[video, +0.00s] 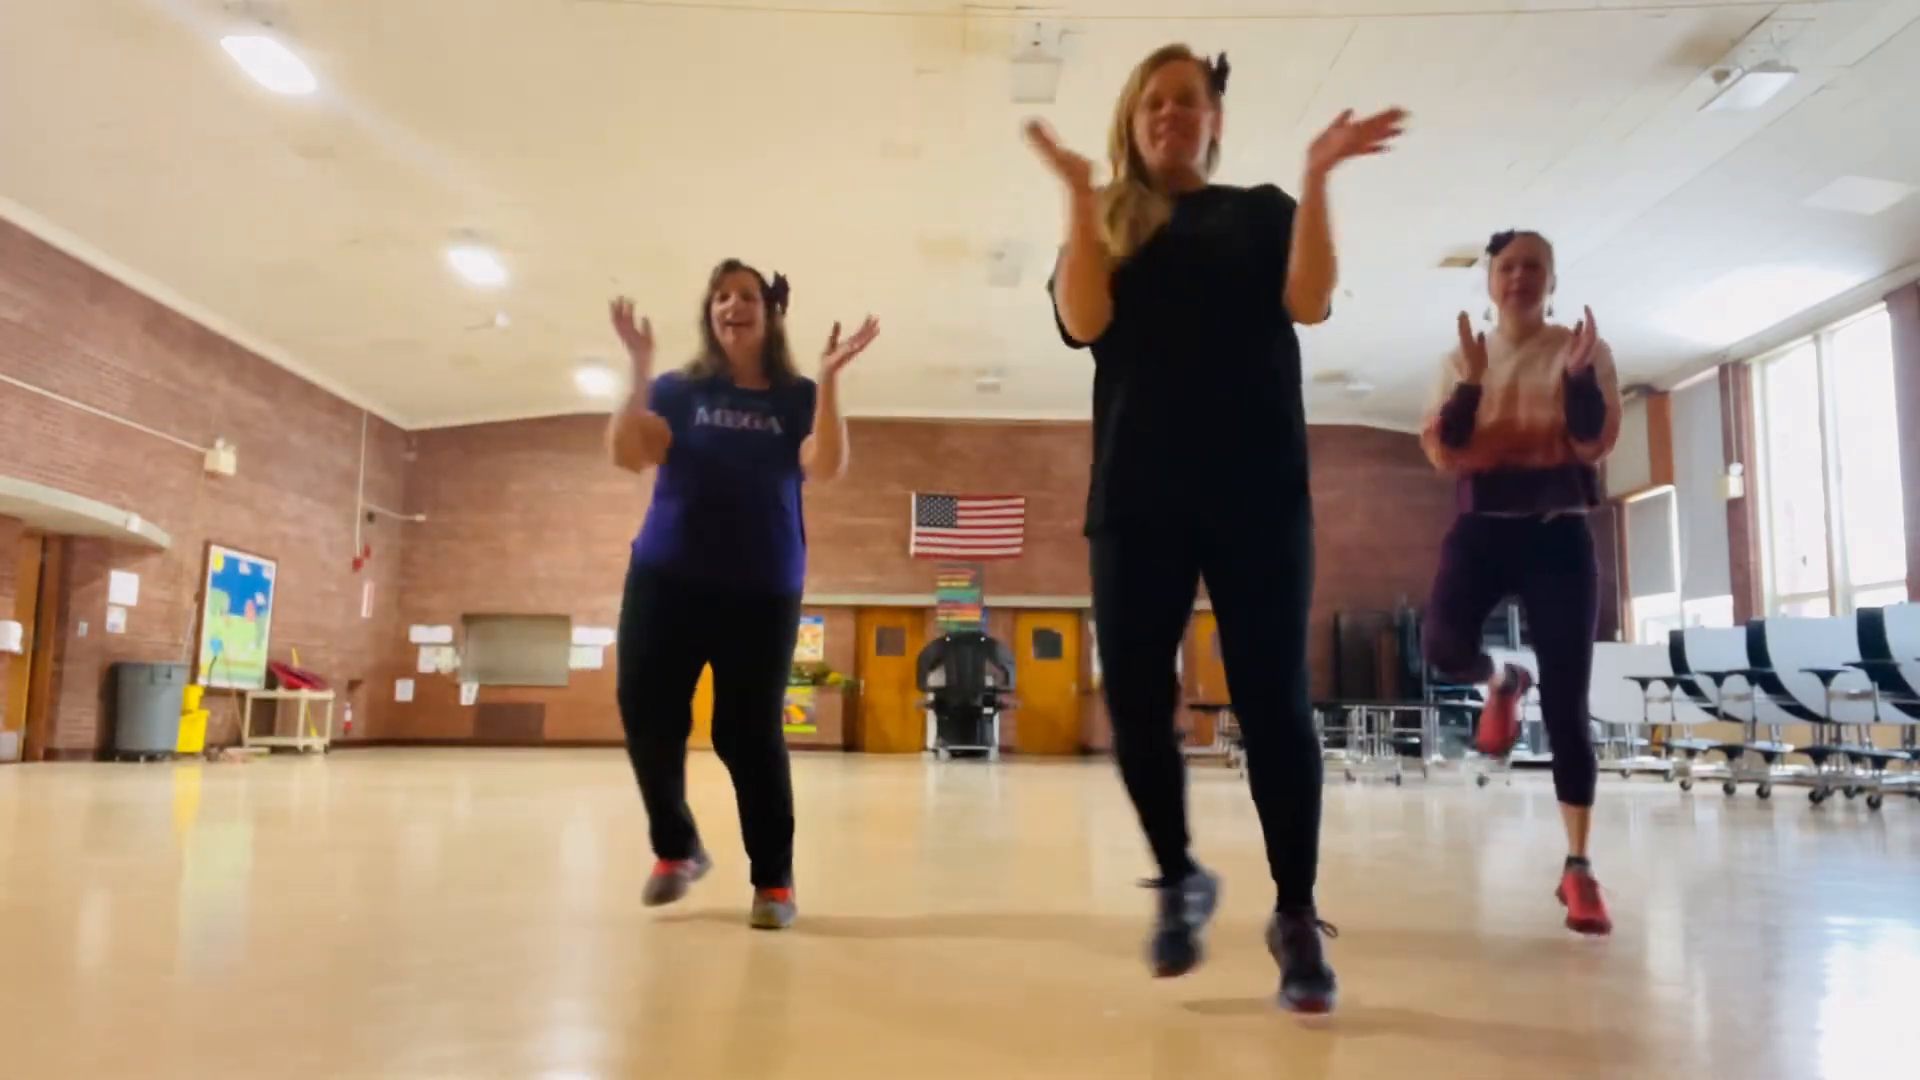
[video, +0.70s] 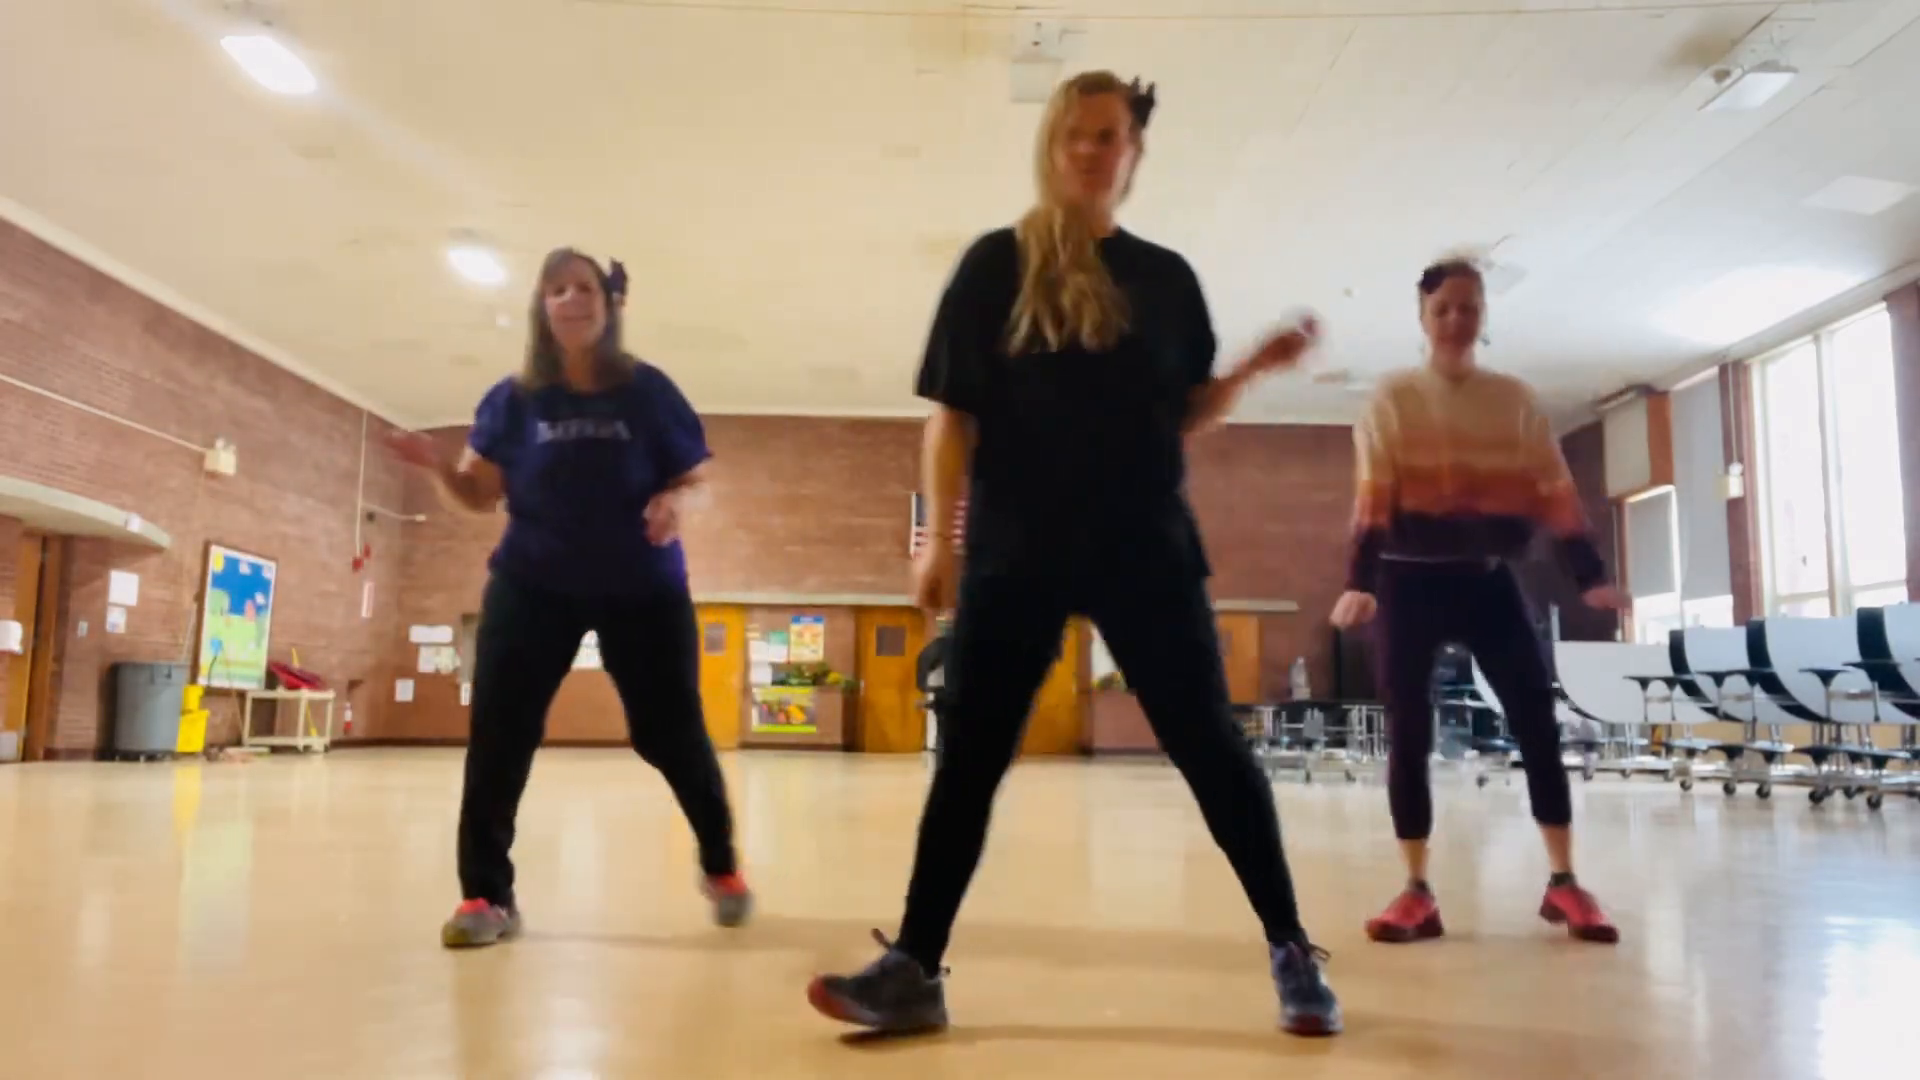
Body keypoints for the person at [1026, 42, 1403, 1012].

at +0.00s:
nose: (1174, 115)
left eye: (1189, 102)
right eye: (1159, 103)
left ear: (1217, 119)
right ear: (1130, 123)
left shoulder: (1265, 211)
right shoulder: (1108, 219)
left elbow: (1309, 304)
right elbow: (1082, 323)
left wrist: (1316, 180)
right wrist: (1082, 204)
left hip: (1256, 494)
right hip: (1140, 496)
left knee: (1273, 703)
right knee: (1135, 698)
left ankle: (1297, 916)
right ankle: (1179, 880)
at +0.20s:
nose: (1193, 171)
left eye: (1210, 157)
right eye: (1178, 156)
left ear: (1238, 172)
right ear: (1154, 173)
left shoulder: (1278, 275)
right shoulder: (1118, 285)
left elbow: (1322, 395)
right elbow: (1069, 408)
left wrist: (1256, 311)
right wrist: (1120, 327)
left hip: (1278, 551)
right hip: (1162, 558)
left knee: (1281, 745)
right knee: (1209, 750)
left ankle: (1302, 949)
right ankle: (1254, 930)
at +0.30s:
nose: (1182, 135)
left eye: (1198, 119)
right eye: (1165, 122)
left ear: (1228, 132)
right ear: (1134, 139)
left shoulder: (1272, 217)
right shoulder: (1105, 247)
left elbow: (1336, 341)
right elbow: (1028, 352)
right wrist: (1067, 252)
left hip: (1268, 511)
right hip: (1151, 519)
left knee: (1277, 721)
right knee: (1138, 700)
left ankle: (1306, 943)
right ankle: (1228, 858)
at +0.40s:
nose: (1163, 138)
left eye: (1180, 123)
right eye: (1147, 123)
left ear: (1209, 136)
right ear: (1121, 138)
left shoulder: (1254, 237)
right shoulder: (1090, 254)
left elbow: (1319, 367)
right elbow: (1032, 376)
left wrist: (1389, 462)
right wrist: (1074, 287)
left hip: (1258, 510)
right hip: (1143, 514)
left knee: (1275, 721)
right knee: (1064, 640)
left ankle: (1307, 948)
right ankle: (1175, 801)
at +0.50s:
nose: (1154, 157)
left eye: (1170, 142)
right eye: (1139, 142)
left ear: (1195, 155)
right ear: (1109, 157)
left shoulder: (1246, 267)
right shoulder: (1073, 279)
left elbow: (1294, 402)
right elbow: (1036, 427)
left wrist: (1365, 502)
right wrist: (1050, 354)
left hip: (1243, 536)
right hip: (1125, 536)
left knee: (1267, 740)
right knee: (1020, 656)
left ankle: (1303, 955)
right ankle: (1054, 876)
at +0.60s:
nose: (1127, 164)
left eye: (1143, 149)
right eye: (1111, 150)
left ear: (1171, 162)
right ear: (1084, 164)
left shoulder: (1217, 283)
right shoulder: (1041, 284)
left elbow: (1256, 424)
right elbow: (1003, 433)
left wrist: (1356, 473)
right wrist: (996, 479)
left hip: (1209, 553)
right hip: (1086, 557)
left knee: (1246, 751)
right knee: (1010, 749)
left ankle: (1301, 960)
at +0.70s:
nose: (1098, 154)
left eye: (1114, 139)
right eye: (1082, 137)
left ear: (1136, 154)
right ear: (1049, 149)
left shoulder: (1163, 276)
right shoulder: (996, 264)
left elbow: (1182, 415)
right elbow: (951, 414)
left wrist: (1251, 368)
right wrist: (937, 536)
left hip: (1142, 550)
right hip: (1017, 552)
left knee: (1210, 746)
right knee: (968, 758)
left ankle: (1291, 953)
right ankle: (915, 965)